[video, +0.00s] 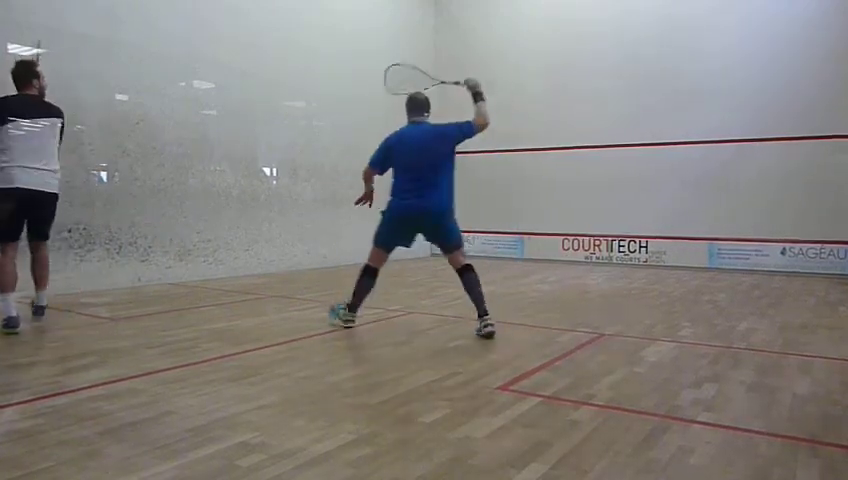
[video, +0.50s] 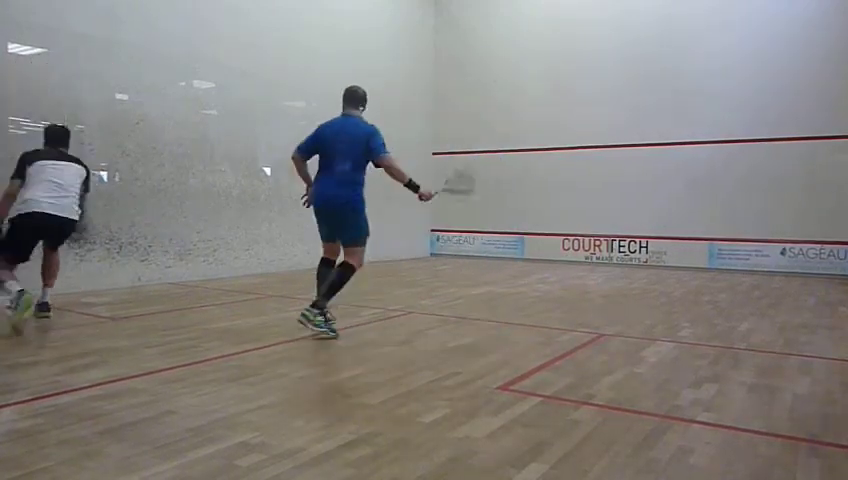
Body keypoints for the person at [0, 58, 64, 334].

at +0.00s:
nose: (44, 82)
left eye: (42, 77)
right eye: (42, 77)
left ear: (15, 83)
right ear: (35, 81)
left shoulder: (4, 106)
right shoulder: (55, 113)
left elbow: (3, 142)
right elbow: (55, 146)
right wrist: (42, 100)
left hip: (10, 187)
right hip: (46, 189)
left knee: (7, 250)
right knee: (40, 246)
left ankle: (9, 313)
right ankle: (40, 304)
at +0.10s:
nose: (45, 91)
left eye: (43, 86)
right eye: (44, 87)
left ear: (19, 89)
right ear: (39, 89)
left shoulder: (6, 110)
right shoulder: (55, 117)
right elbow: (52, 149)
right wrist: (42, 105)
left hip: (13, 190)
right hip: (49, 192)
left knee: (6, 250)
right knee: (40, 244)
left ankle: (10, 312)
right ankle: (40, 302)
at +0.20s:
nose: (48, 105)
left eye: (47, 101)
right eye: (47, 101)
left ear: (25, 101)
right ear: (46, 101)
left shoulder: (13, 119)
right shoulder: (58, 126)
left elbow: (2, 137)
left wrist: (7, 110)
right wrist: (15, 112)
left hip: (22, 195)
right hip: (57, 197)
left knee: (4, 250)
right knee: (40, 243)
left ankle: (9, 308)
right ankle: (42, 301)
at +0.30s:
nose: (32, 112)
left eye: (32, 110)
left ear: (31, 115)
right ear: (54, 118)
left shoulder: (22, 129)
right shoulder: (63, 141)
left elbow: (4, 160)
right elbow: (50, 177)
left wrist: (9, 176)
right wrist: (13, 176)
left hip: (30, 201)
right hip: (63, 206)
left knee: (1, 246)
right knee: (40, 246)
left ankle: (4, 301)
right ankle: (43, 301)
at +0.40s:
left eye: (39, 133)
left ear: (39, 134)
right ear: (60, 137)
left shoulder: (29, 148)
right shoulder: (72, 157)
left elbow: (15, 186)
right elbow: (69, 191)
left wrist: (13, 206)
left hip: (33, 209)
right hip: (66, 215)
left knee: (1, 246)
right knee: (43, 245)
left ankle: (5, 297)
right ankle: (44, 301)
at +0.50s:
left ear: (45, 142)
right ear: (67, 144)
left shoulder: (30, 157)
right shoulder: (81, 167)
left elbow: (11, 192)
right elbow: (81, 202)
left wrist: (2, 218)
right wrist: (75, 222)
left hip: (31, 214)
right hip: (65, 219)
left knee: (5, 264)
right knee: (51, 248)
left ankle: (17, 293)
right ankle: (45, 300)